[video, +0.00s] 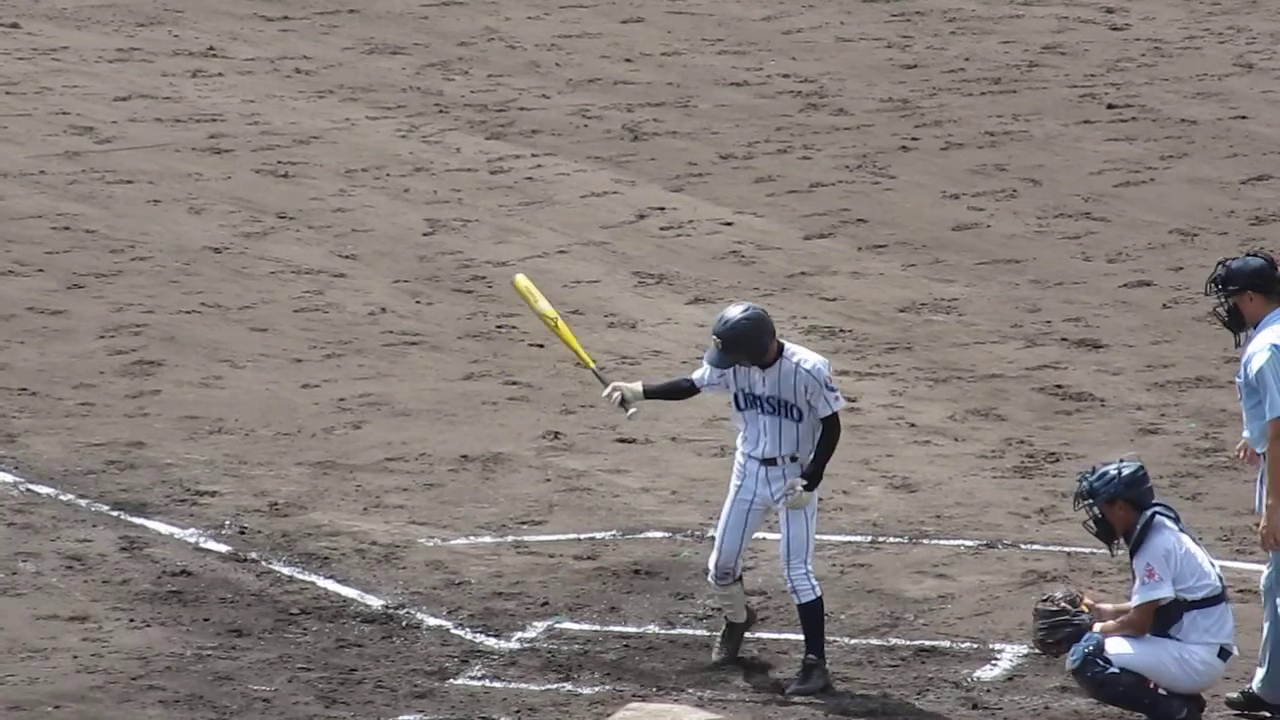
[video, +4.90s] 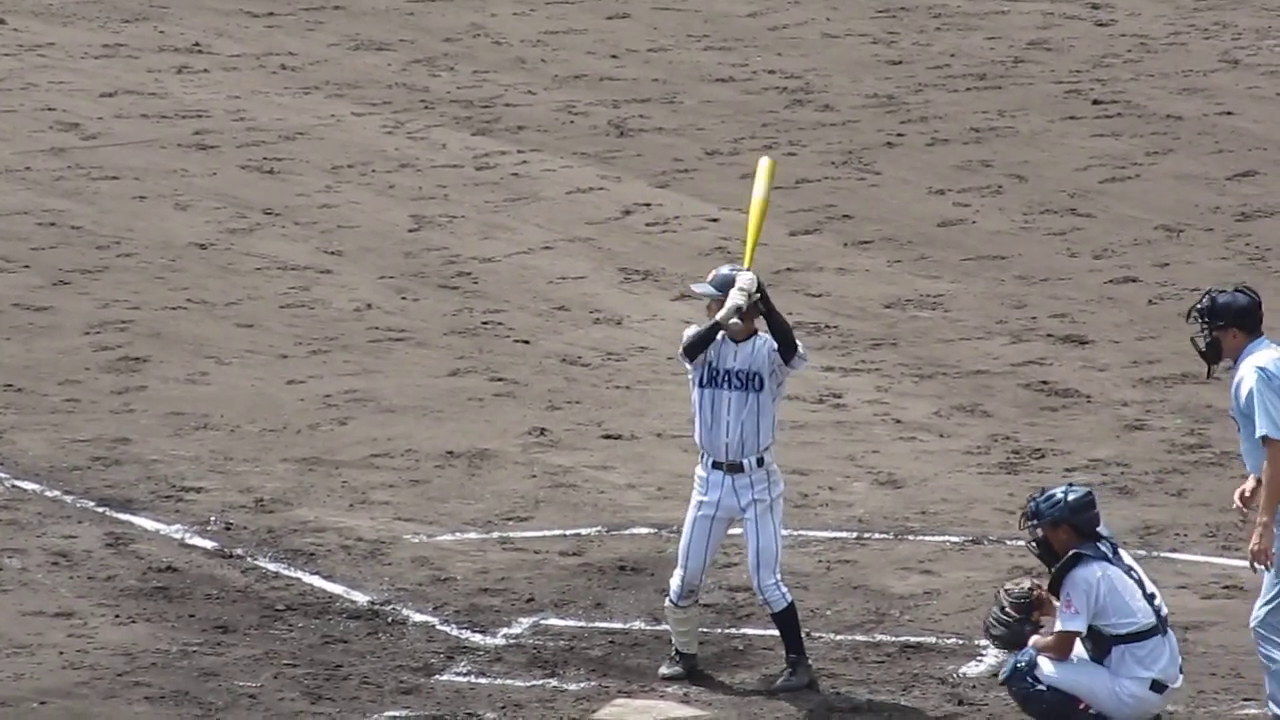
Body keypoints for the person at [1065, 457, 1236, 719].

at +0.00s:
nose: (1098, 518)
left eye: (1101, 509)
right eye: (1097, 510)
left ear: (1120, 507)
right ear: (1123, 507)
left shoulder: (1153, 542)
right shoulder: (1155, 529)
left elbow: (1140, 626)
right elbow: (1145, 609)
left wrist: (1094, 630)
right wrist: (1098, 610)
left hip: (1199, 659)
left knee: (1088, 657)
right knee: (1094, 640)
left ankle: (1173, 709)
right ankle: (1182, 698)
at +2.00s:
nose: (1105, 497)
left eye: (1111, 491)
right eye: (1106, 490)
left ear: (1132, 496)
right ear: (1135, 495)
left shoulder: (1153, 543)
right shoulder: (1164, 522)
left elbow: (1133, 624)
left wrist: (1071, 633)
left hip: (1184, 659)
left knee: (1072, 664)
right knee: (1091, 622)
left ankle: (1163, 706)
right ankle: (1173, 692)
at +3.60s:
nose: (1093, 479)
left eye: (1101, 473)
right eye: (1096, 472)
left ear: (1122, 479)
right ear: (1126, 480)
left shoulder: (1131, 520)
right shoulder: (1144, 513)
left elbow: (1120, 601)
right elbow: (1138, 593)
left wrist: (1082, 592)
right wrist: (1095, 584)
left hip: (1181, 638)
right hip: (1188, 633)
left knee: (1074, 644)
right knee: (1085, 631)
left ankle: (1154, 705)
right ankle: (1163, 692)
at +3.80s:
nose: (1091, 471)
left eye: (1097, 465)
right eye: (1093, 464)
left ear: (1119, 471)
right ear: (1123, 472)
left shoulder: (1131, 510)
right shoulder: (1141, 506)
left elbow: (1122, 591)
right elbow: (1132, 586)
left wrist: (1085, 586)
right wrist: (1093, 579)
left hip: (1185, 627)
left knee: (1082, 619)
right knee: (1068, 646)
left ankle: (1126, 708)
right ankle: (1156, 691)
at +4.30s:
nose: (1075, 500)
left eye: (1081, 493)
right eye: (1077, 492)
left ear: (1103, 497)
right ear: (1105, 498)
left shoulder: (1122, 539)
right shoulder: (1129, 529)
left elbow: (1106, 619)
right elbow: (1117, 609)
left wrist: (1065, 612)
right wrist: (1071, 595)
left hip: (1177, 652)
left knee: (1066, 647)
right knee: (1083, 639)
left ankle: (1099, 714)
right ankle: (1159, 703)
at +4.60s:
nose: (1061, 523)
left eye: (1067, 516)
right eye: (1062, 515)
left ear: (1088, 520)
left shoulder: (1102, 562)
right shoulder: (1125, 542)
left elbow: (1083, 639)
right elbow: (1113, 620)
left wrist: (1049, 634)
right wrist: (1070, 609)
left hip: (1155, 685)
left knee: (1040, 661)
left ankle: (1093, 714)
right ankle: (1145, 711)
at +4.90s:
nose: (1040, 538)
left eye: (1044, 530)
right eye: (1040, 530)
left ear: (1064, 531)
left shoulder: (1081, 574)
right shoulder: (1108, 548)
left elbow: (1061, 648)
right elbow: (1098, 626)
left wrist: (1031, 639)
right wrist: (1051, 609)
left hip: (1138, 694)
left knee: (1022, 671)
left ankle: (1090, 714)